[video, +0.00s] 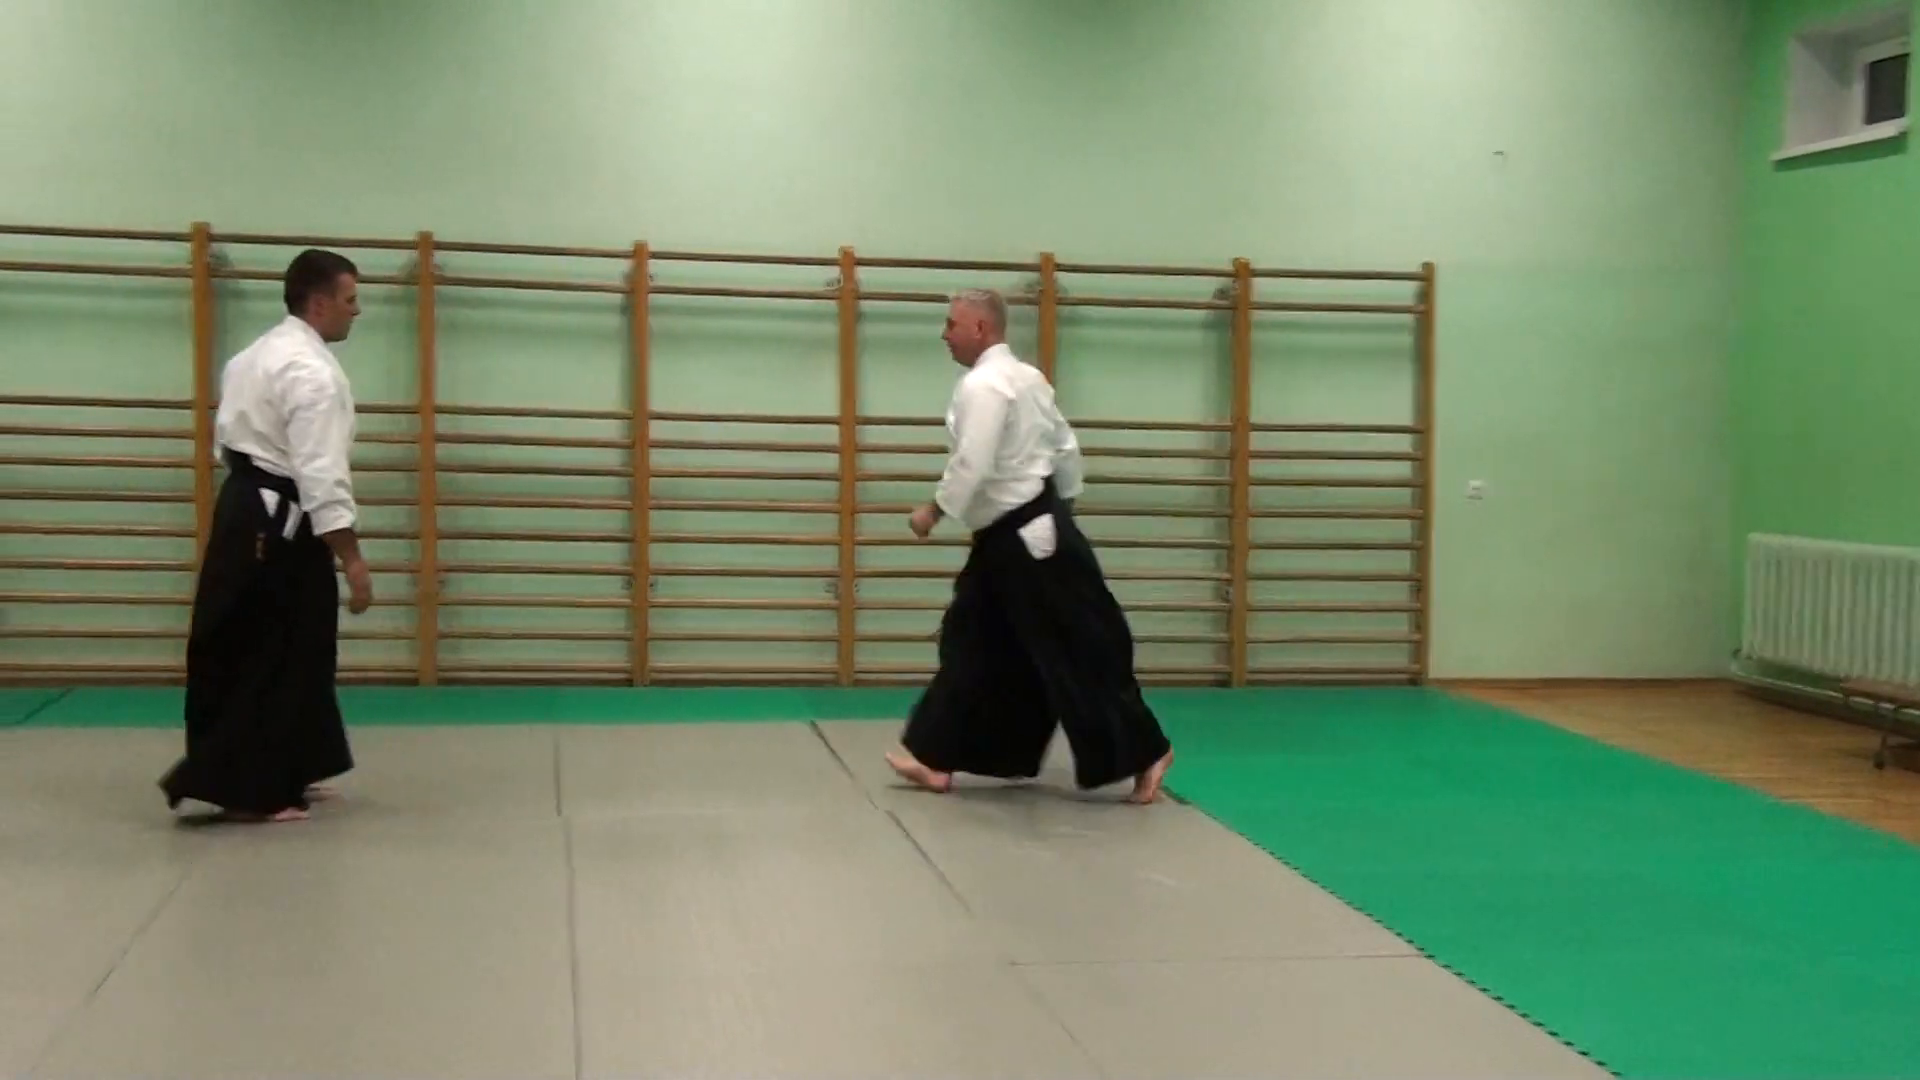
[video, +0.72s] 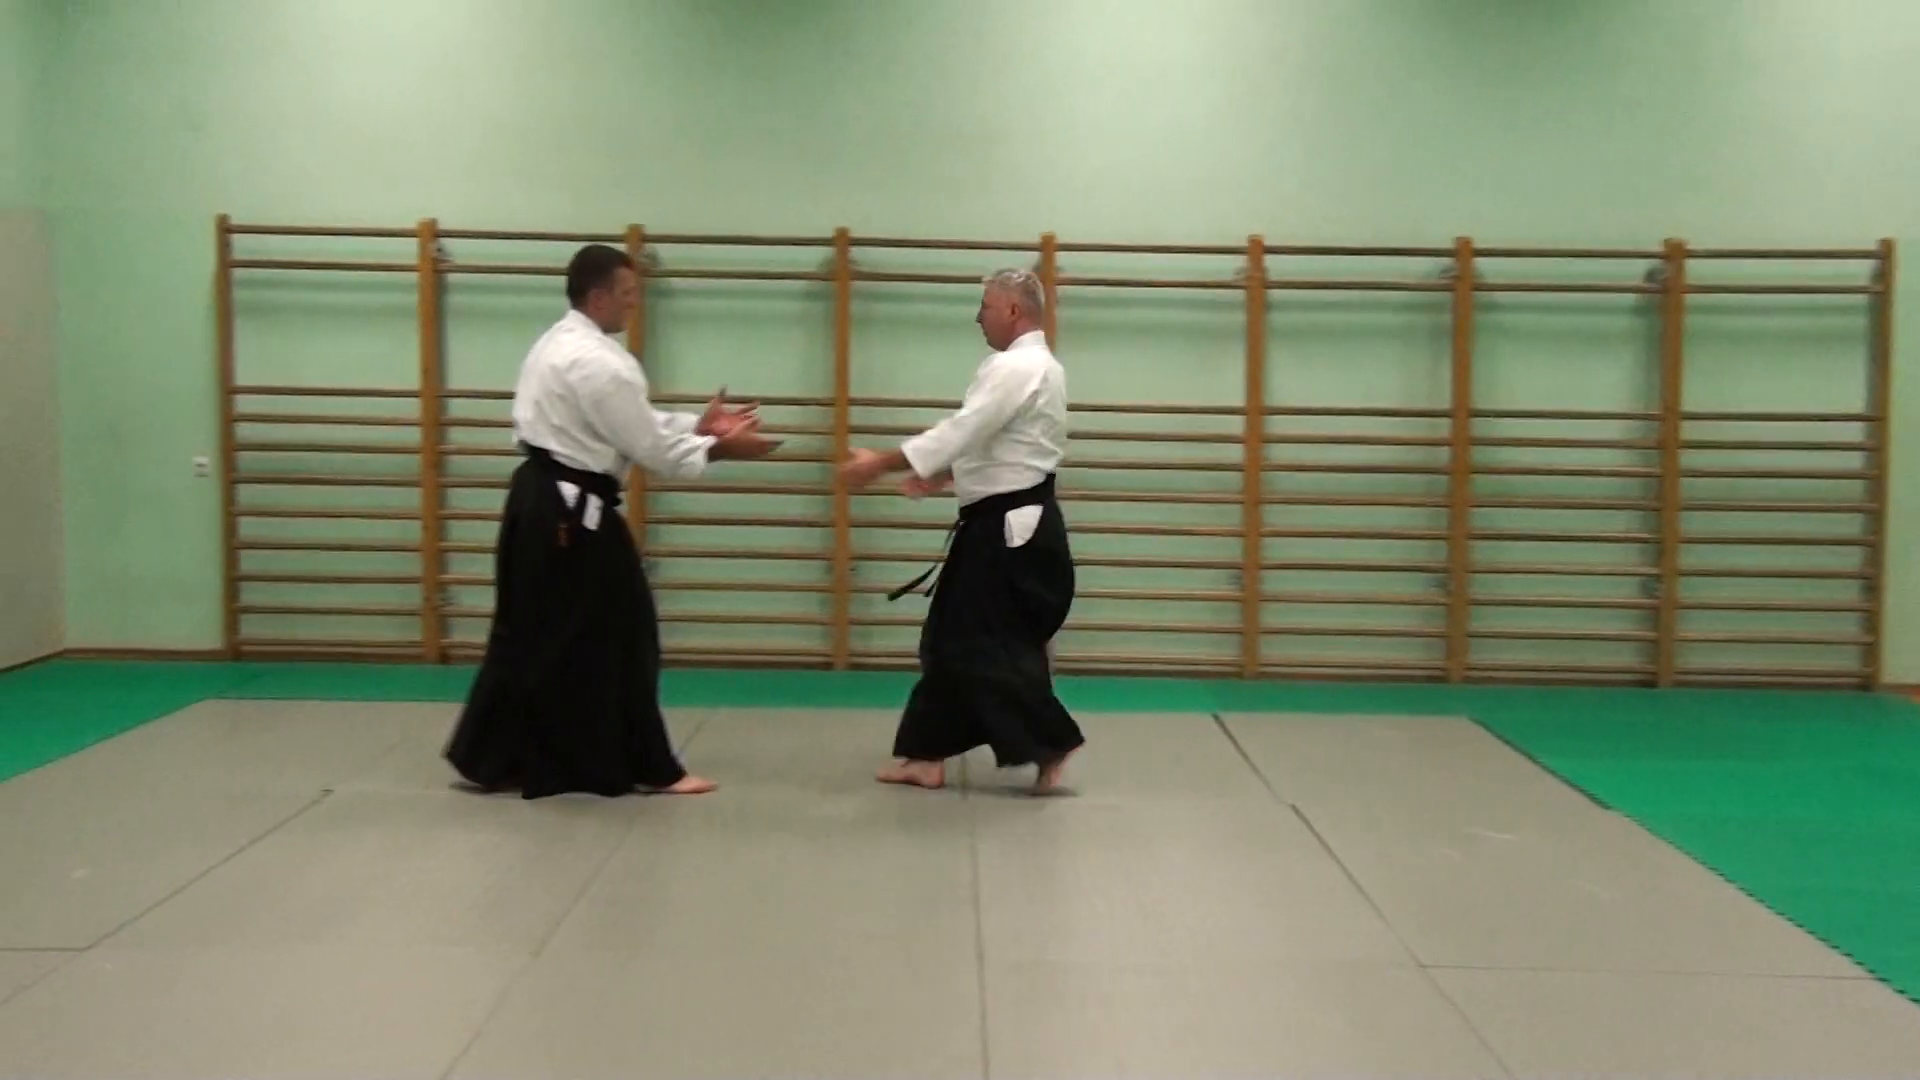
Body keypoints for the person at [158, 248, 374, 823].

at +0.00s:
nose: (356, 311)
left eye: (355, 300)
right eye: (349, 300)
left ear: (303, 301)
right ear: (315, 301)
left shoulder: (254, 354)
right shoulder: (313, 372)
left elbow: (228, 442)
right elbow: (320, 474)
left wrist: (262, 488)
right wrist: (352, 559)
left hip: (242, 514)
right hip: (285, 526)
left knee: (261, 645)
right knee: (289, 651)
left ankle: (284, 772)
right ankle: (255, 789)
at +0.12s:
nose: (396, 310)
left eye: (396, 299)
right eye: (390, 299)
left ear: (348, 300)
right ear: (356, 300)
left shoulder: (297, 353)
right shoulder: (355, 371)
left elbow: (275, 439)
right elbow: (358, 474)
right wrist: (382, 558)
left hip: (284, 508)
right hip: (331, 518)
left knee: (287, 644)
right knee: (350, 652)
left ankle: (252, 769)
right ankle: (341, 785)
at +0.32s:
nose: (491, 311)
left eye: (490, 300)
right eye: (484, 300)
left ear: (446, 303)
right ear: (454, 302)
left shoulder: (395, 357)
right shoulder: (453, 375)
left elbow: (377, 450)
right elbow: (460, 479)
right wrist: (499, 551)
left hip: (379, 513)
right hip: (429, 524)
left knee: (360, 638)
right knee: (471, 648)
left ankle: (301, 761)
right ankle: (482, 778)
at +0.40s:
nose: (517, 312)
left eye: (517, 300)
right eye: (511, 301)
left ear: (466, 302)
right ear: (480, 302)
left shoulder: (420, 355)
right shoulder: (478, 374)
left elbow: (406, 442)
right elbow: (491, 469)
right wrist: (539, 525)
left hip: (402, 508)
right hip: (454, 521)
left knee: (387, 636)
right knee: (502, 638)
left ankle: (341, 762)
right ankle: (519, 775)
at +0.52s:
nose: (561, 309)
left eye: (561, 299)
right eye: (555, 299)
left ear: (516, 299)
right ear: (524, 299)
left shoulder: (472, 349)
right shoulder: (525, 369)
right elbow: (555, 464)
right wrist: (620, 486)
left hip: (450, 502)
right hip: (497, 516)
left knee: (442, 633)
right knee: (548, 637)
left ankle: (399, 758)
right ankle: (575, 773)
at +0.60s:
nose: (595, 307)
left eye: (595, 296)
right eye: (589, 296)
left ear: (549, 296)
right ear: (558, 296)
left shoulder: (510, 345)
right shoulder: (563, 367)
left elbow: (561, 439)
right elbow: (599, 458)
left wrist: (641, 449)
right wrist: (666, 467)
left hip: (490, 498)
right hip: (535, 515)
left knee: (483, 631)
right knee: (586, 632)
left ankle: (442, 755)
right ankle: (607, 770)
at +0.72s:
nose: (635, 304)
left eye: (635, 293)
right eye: (627, 293)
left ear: (588, 297)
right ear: (596, 295)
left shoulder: (555, 343)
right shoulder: (603, 364)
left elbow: (626, 423)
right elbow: (651, 446)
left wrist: (697, 426)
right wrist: (721, 450)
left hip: (535, 498)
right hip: (579, 512)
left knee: (529, 629)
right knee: (630, 629)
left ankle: (490, 755)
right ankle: (650, 765)